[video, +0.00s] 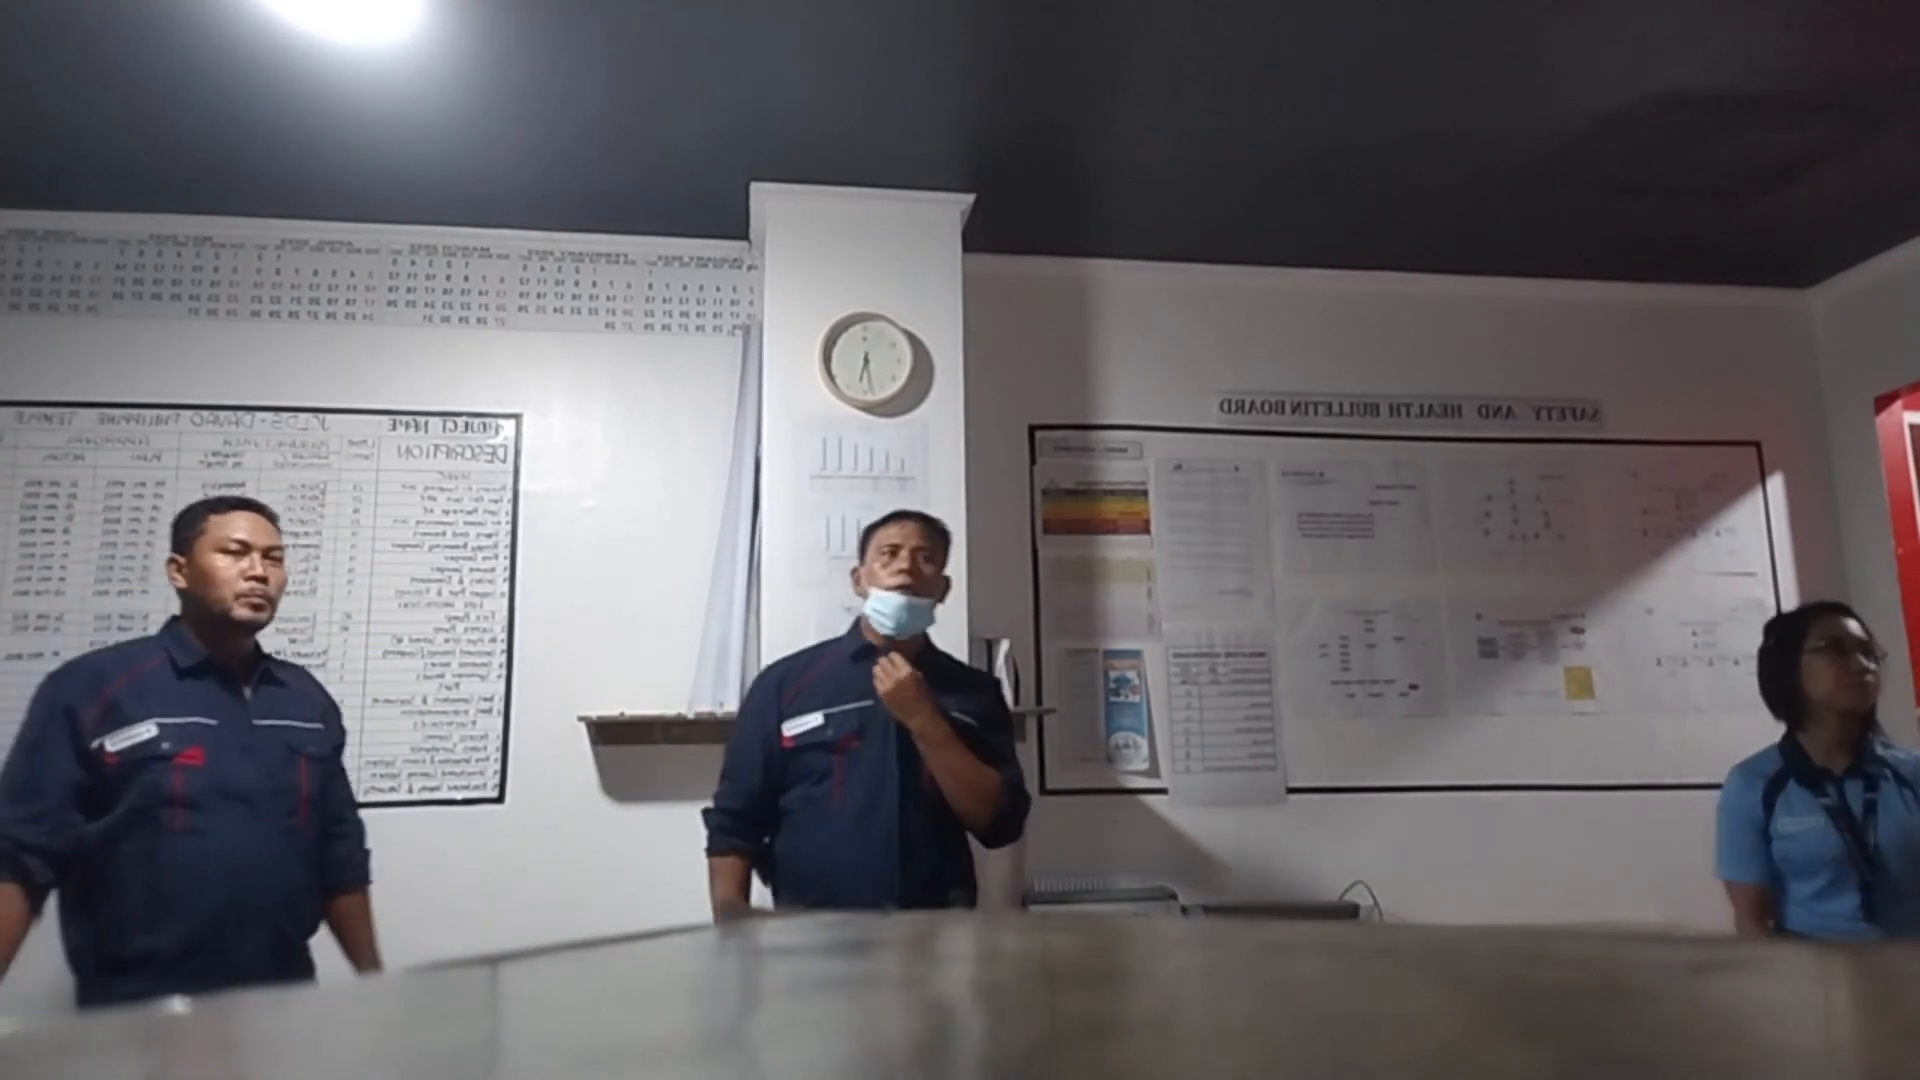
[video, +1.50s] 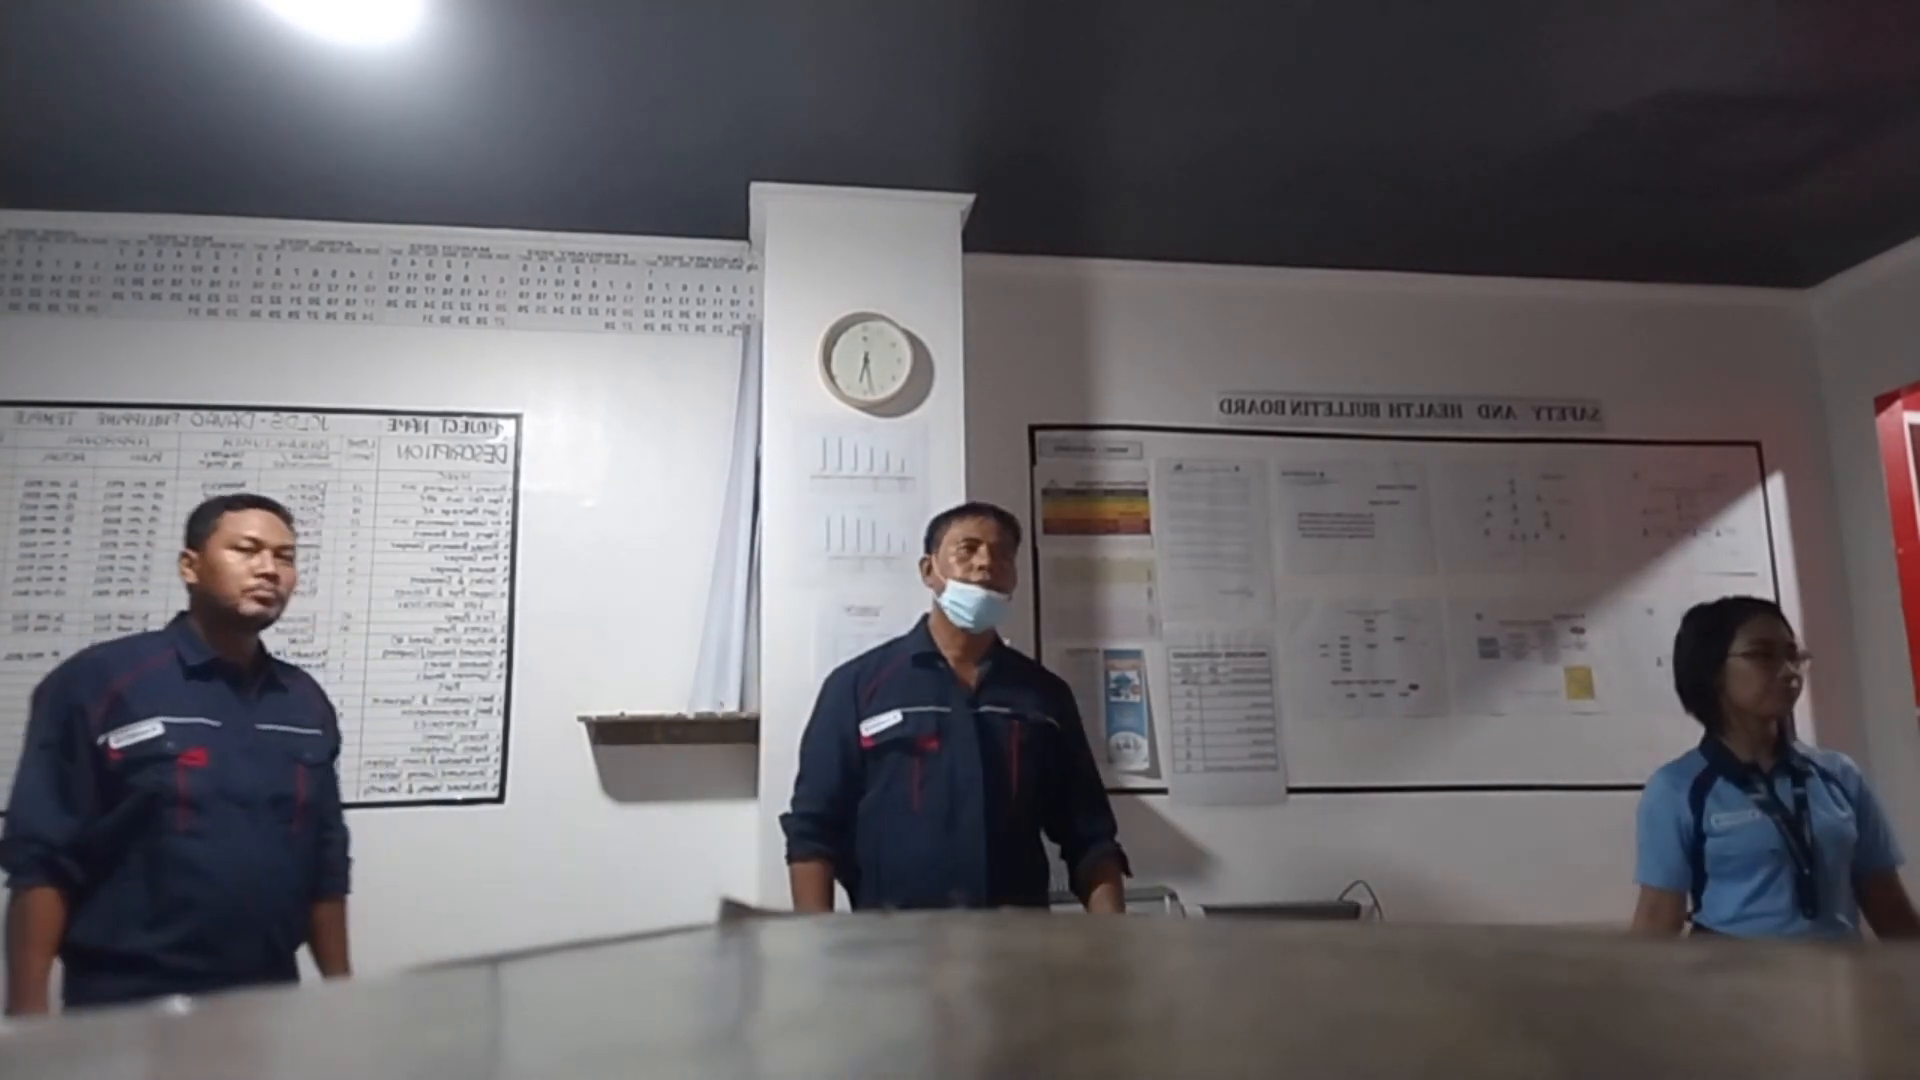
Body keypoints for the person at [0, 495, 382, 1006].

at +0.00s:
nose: (259, 572)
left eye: (273, 558)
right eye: (234, 552)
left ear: (285, 576)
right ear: (179, 571)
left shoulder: (307, 702)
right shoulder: (84, 694)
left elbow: (339, 860)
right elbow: (20, 870)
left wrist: (377, 986)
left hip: (280, 1011)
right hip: (135, 1018)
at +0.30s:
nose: (309, 583)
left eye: (325, 570)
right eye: (287, 564)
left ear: (338, 589)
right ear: (240, 581)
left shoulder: (362, 708)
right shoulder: (148, 698)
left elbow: (394, 858)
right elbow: (95, 864)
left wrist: (428, 983)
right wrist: (68, 1006)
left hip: (322, 1008)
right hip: (185, 1012)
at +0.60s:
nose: (343, 586)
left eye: (360, 574)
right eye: (324, 567)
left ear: (373, 594)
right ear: (278, 580)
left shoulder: (391, 714)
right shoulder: (182, 692)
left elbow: (407, 876)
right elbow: (124, 856)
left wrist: (425, 997)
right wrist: (83, 989)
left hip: (337, 1005)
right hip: (201, 1006)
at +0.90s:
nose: (365, 586)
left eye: (381, 577)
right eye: (348, 565)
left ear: (389, 598)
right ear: (297, 576)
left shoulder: (403, 716)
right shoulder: (197, 681)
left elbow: (413, 877)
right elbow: (127, 834)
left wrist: (429, 999)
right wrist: (82, 969)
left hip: (333, 996)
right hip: (199, 993)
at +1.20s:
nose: (343, 582)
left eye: (358, 573)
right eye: (325, 562)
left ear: (364, 594)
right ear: (270, 572)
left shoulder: (367, 718)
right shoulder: (163, 681)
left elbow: (384, 873)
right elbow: (107, 848)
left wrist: (420, 992)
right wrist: (105, 996)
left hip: (312, 1012)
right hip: (175, 1010)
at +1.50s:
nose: (269, 569)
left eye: (283, 557)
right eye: (246, 549)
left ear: (295, 580)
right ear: (191, 567)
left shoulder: (306, 703)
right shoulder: (92, 685)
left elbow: (324, 868)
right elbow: (43, 864)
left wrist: (344, 1000)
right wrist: (28, 1026)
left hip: (264, 1012)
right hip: (123, 1014)